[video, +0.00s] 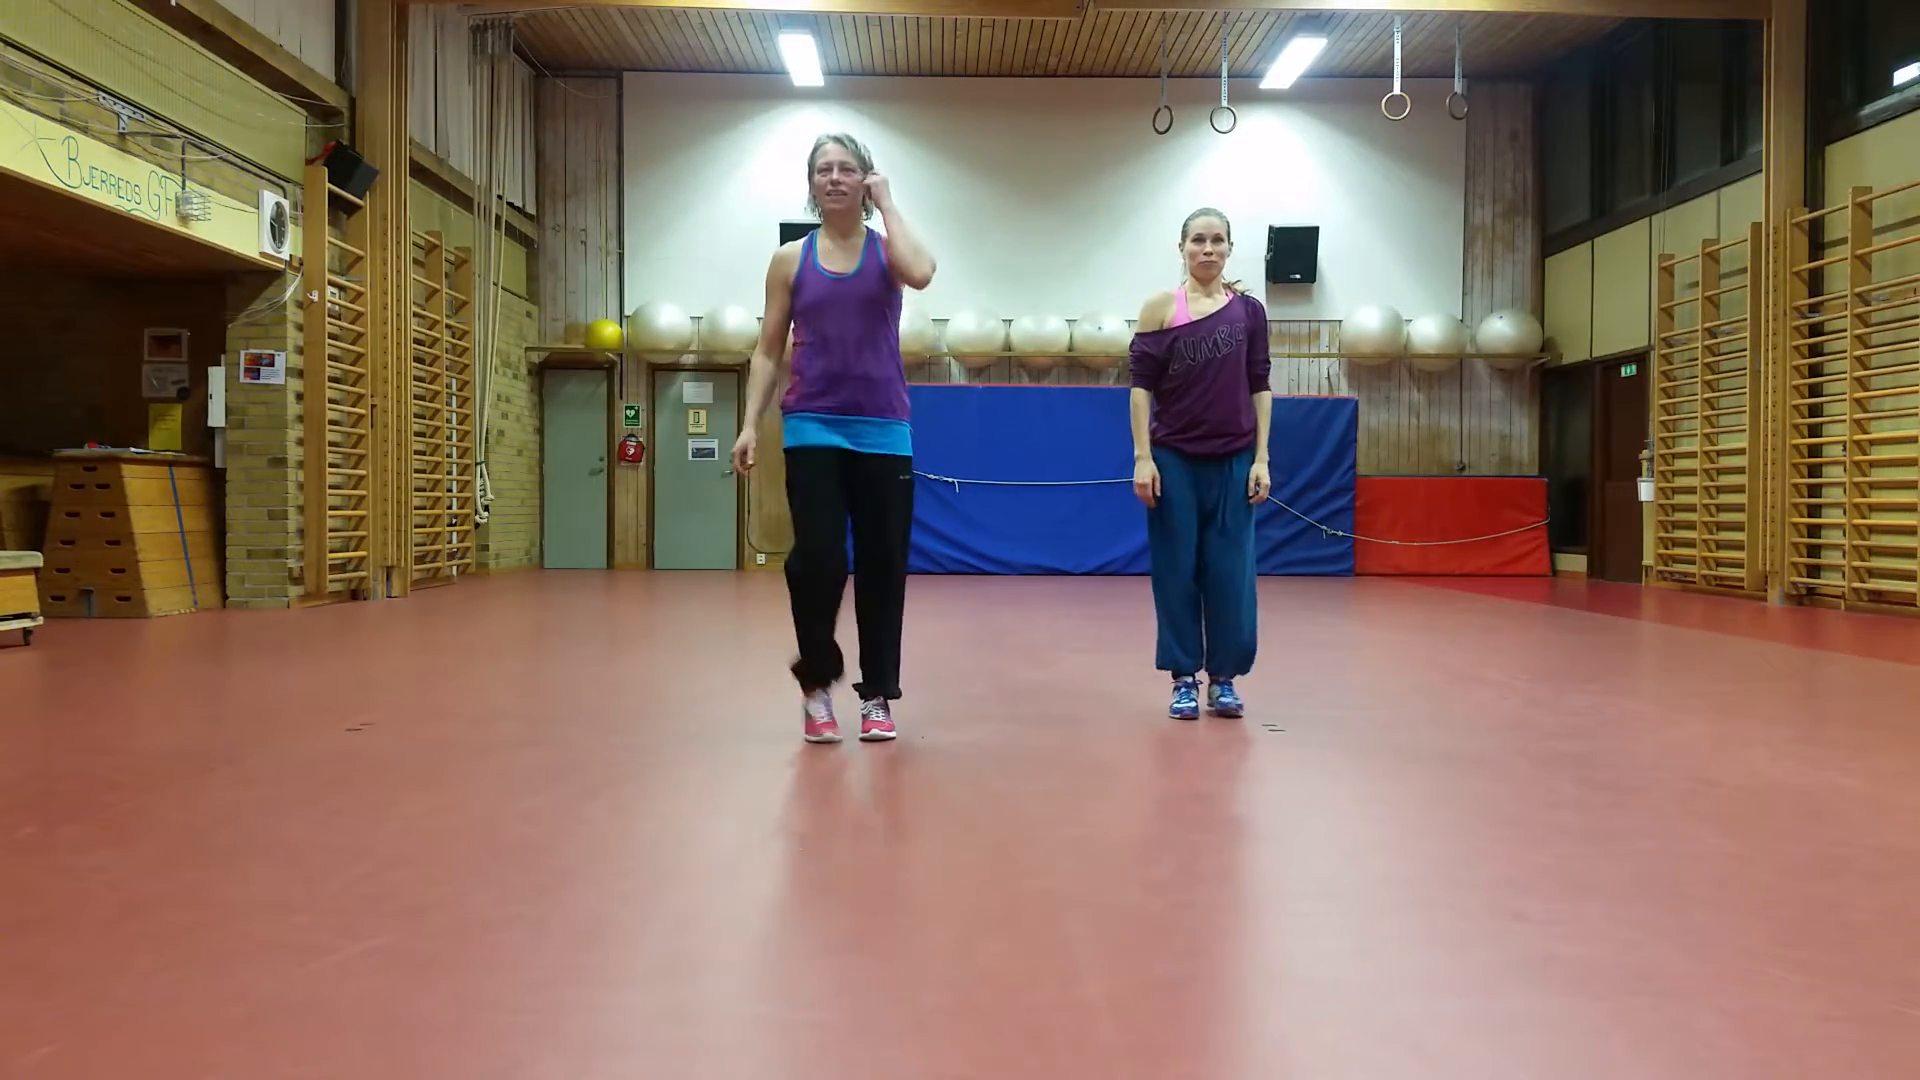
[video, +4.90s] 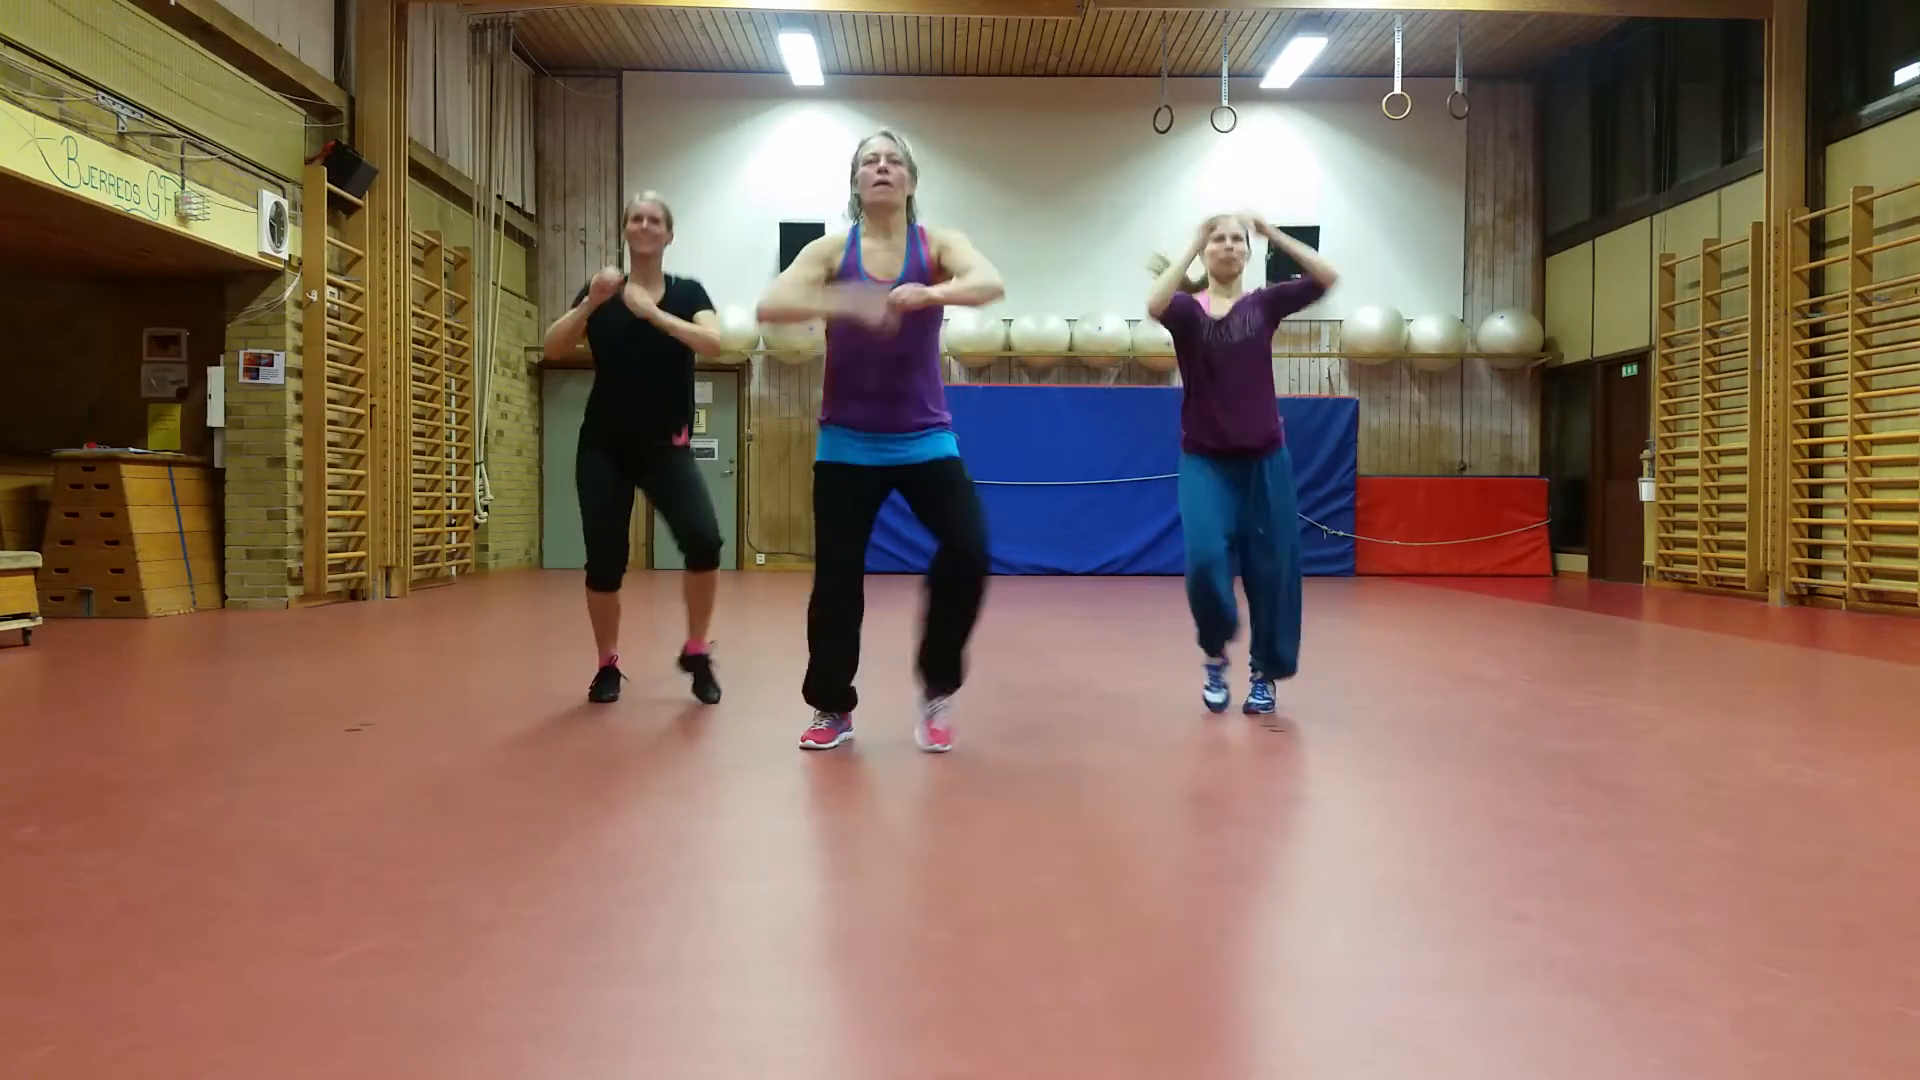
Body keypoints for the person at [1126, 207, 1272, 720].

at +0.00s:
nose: (1208, 248)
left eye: (1217, 240)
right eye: (1199, 239)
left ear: (1229, 248)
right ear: (1183, 247)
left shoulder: (1249, 309)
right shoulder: (1160, 308)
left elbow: (1260, 385)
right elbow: (1140, 386)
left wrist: (1261, 457)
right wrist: (1141, 457)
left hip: (1234, 458)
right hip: (1174, 458)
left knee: (1231, 569)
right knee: (1178, 569)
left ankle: (1222, 681)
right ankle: (1184, 680)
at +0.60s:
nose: (1203, 252)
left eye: (1212, 244)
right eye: (1194, 243)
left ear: (1225, 254)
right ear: (1178, 252)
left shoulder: (1244, 314)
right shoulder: (1156, 312)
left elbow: (1258, 383)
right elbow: (1133, 385)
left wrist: (1249, 411)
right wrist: (1180, 400)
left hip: (1231, 460)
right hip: (1172, 460)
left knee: (1232, 568)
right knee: (1176, 567)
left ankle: (1222, 678)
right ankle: (1181, 677)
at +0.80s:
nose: (1206, 251)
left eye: (1215, 244)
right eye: (1197, 243)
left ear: (1226, 252)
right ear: (1181, 250)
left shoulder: (1242, 307)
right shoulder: (1160, 306)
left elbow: (1257, 371)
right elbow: (1157, 368)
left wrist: (1237, 322)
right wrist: (1202, 324)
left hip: (1232, 453)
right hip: (1174, 453)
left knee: (1232, 566)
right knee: (1173, 565)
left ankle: (1223, 676)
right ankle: (1180, 677)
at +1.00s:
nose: (1215, 256)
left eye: (1223, 249)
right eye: (1206, 248)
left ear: (1230, 257)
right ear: (1187, 255)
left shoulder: (1245, 304)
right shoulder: (1170, 309)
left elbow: (1289, 306)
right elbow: (1148, 319)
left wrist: (1254, 250)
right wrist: (1185, 274)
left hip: (1237, 453)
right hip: (1179, 452)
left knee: (1237, 565)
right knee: (1186, 561)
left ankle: (1226, 677)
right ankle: (1183, 669)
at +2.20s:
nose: (1208, 246)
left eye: (1216, 239)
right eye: (1199, 238)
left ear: (1226, 249)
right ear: (1181, 247)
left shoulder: (1238, 303)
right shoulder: (1166, 308)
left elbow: (1281, 241)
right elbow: (1154, 268)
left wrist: (1236, 180)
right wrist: (1184, 203)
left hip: (1237, 460)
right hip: (1180, 459)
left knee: (1256, 560)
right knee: (1172, 569)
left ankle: (1223, 665)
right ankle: (1170, 674)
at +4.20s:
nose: (1233, 234)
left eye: (1240, 229)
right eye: (1222, 229)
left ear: (1252, 243)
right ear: (1206, 242)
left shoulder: (1265, 295)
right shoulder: (1192, 300)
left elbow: (1307, 224)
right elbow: (1161, 249)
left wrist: (1266, 165)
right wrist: (1199, 184)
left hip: (1260, 449)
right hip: (1201, 448)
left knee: (1268, 560)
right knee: (1192, 552)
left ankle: (1264, 669)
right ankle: (1196, 658)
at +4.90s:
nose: (1227, 246)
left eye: (1236, 239)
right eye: (1217, 239)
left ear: (1248, 252)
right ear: (1203, 253)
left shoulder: (1264, 302)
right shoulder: (1187, 307)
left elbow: (1326, 277)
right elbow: (1156, 306)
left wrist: (1275, 236)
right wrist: (1193, 247)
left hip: (1263, 455)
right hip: (1203, 457)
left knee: (1272, 565)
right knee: (1204, 558)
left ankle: (1264, 674)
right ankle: (1214, 660)